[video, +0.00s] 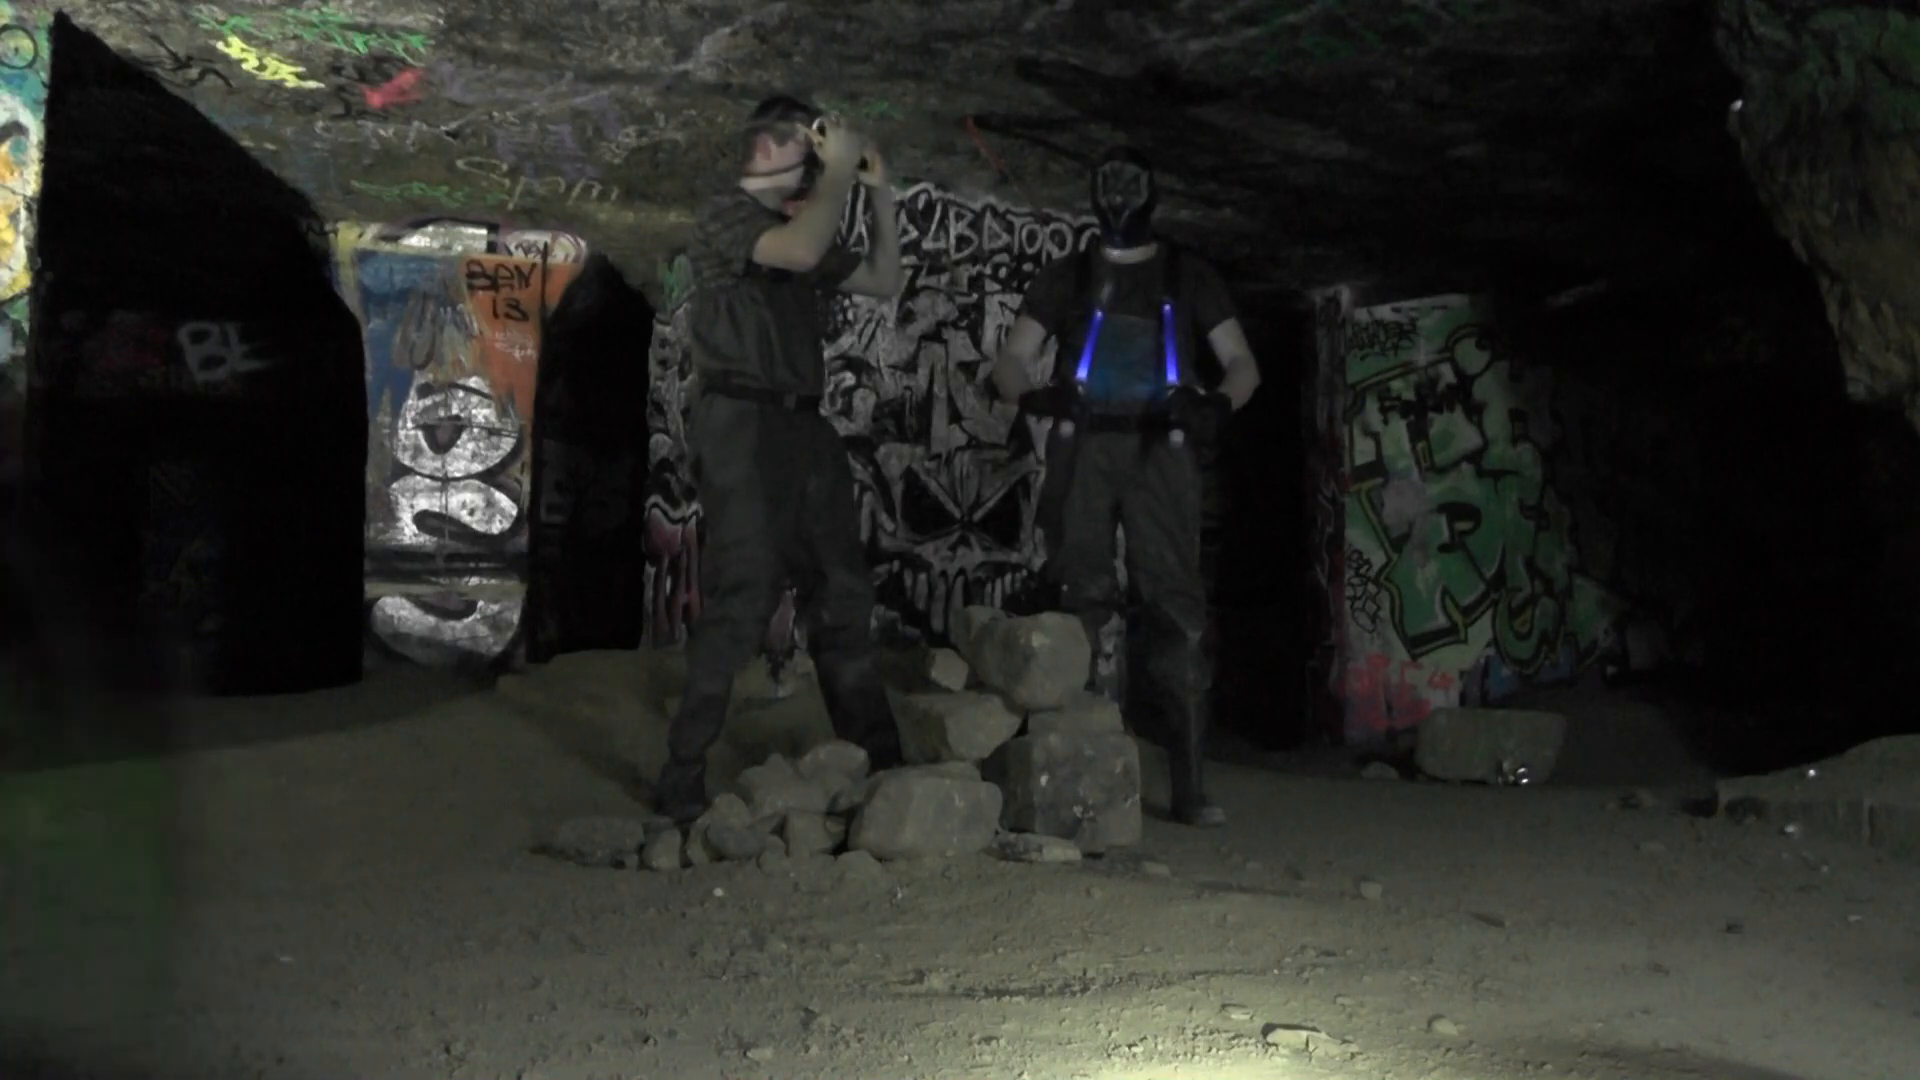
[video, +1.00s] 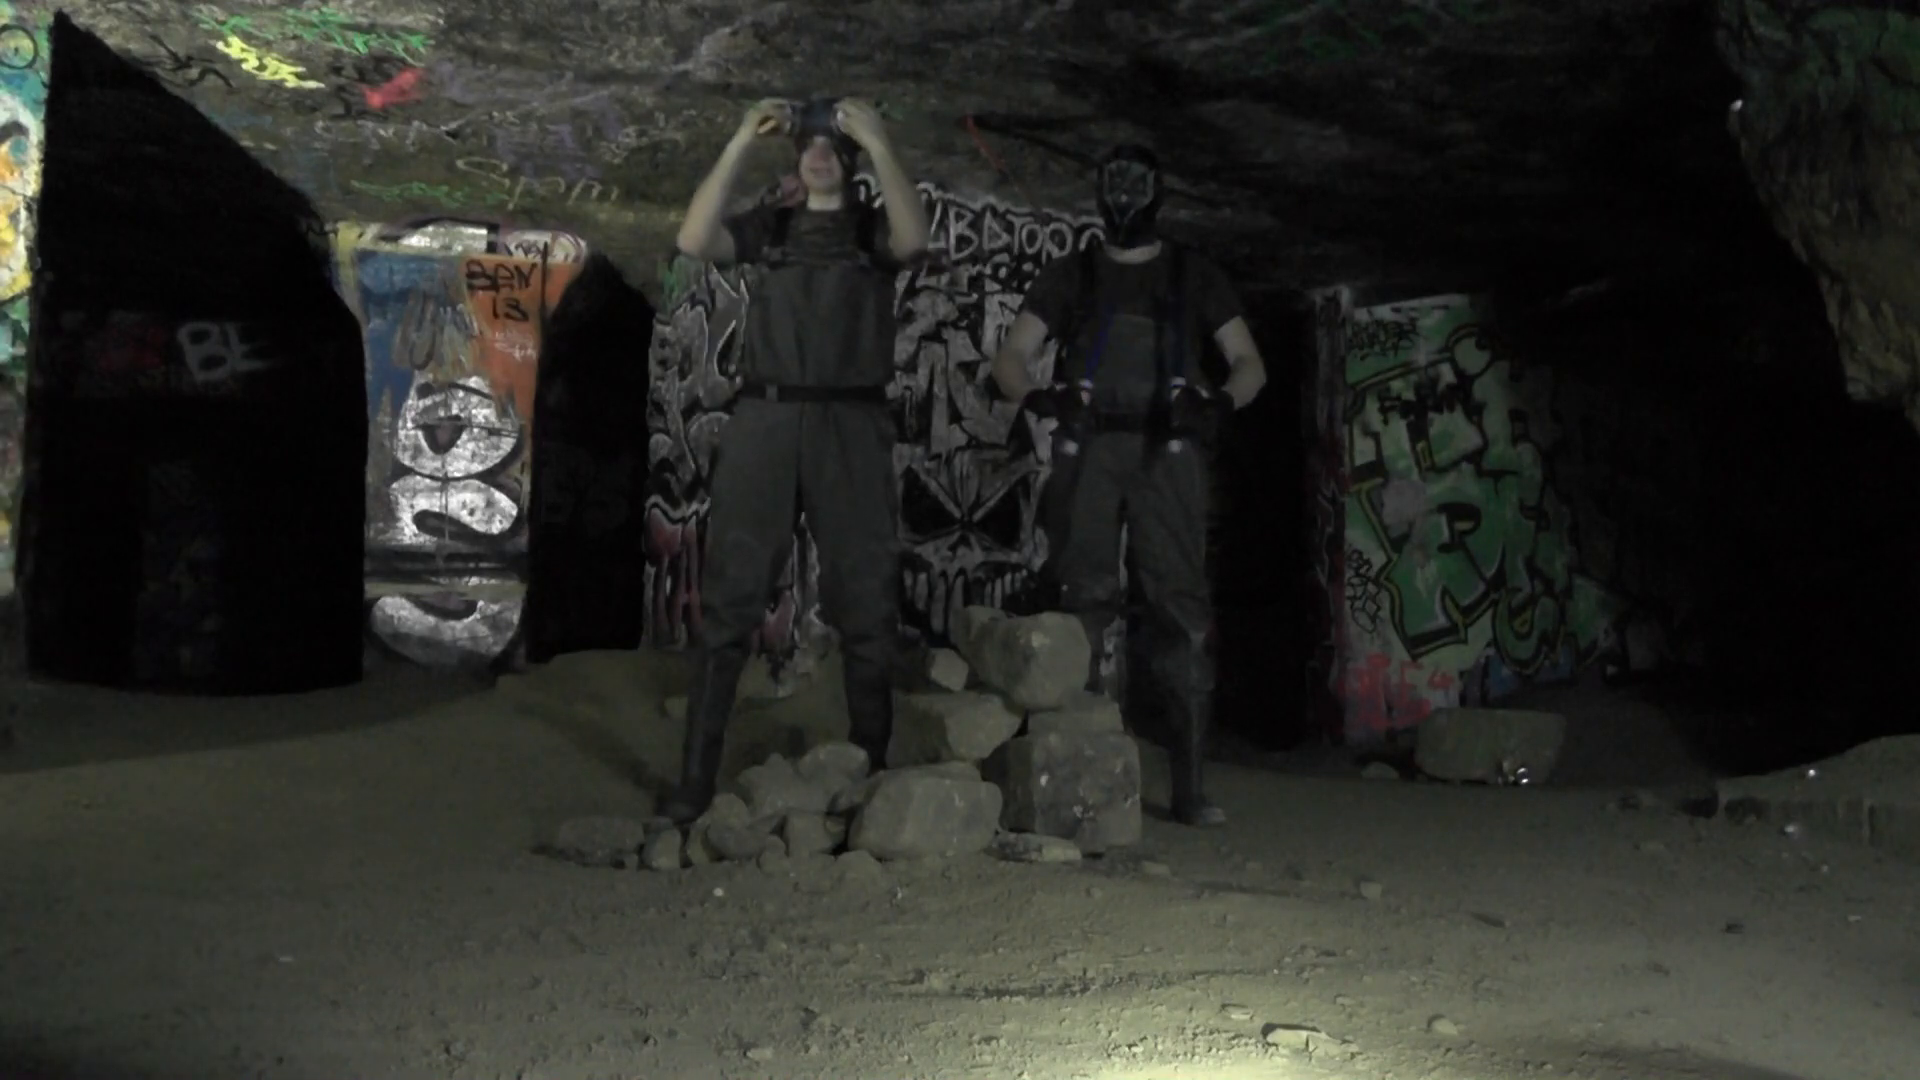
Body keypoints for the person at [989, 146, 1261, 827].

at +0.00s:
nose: (1119, 202)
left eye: (1130, 187)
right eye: (1108, 188)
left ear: (1151, 196)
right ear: (1093, 197)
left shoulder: (1187, 276)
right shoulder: (1065, 276)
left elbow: (1244, 369)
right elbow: (1009, 367)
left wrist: (1212, 407)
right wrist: (1037, 393)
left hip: (1165, 462)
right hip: (1083, 461)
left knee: (1176, 615)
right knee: (1078, 612)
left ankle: (1187, 786)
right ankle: (1072, 782)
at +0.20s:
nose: (1122, 212)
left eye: (1133, 198)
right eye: (1110, 199)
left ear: (1151, 200)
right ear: (1096, 202)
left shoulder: (1191, 277)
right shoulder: (1066, 278)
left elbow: (1246, 370)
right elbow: (1007, 367)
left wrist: (1212, 408)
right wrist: (1036, 397)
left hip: (1168, 464)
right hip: (1084, 464)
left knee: (1178, 615)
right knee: (1083, 614)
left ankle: (1188, 787)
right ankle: (1082, 784)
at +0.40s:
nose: (1121, 198)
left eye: (1133, 184)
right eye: (1110, 185)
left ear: (1154, 193)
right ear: (1096, 194)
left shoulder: (1190, 275)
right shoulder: (1068, 275)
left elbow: (1248, 369)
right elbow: (1008, 363)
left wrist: (1215, 409)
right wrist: (1033, 397)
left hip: (1168, 463)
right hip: (1085, 462)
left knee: (1178, 615)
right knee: (1083, 613)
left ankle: (1188, 788)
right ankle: (1081, 785)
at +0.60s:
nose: (1123, 200)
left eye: (1135, 186)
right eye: (1112, 186)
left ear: (1154, 194)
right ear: (1096, 196)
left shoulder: (1191, 274)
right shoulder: (1069, 274)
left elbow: (1248, 368)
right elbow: (1009, 360)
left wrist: (1215, 407)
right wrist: (1033, 398)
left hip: (1169, 464)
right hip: (1087, 463)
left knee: (1179, 616)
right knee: (1083, 614)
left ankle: (1188, 788)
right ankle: (1081, 785)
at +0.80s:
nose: (1124, 199)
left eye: (1136, 185)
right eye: (1113, 185)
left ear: (1156, 194)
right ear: (1097, 195)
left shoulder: (1191, 275)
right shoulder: (1069, 274)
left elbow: (1250, 367)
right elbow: (1009, 360)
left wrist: (1217, 406)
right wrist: (1032, 398)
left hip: (1170, 463)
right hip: (1088, 462)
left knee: (1180, 615)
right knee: (1085, 612)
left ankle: (1188, 787)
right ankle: (1084, 783)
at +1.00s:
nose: (1125, 200)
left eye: (1137, 186)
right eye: (1114, 186)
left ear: (1157, 195)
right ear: (1099, 195)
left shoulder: (1192, 273)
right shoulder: (1070, 273)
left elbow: (1250, 368)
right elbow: (1007, 362)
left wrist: (1214, 406)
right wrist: (1038, 397)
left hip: (1170, 460)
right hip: (1088, 459)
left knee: (1180, 615)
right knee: (1085, 612)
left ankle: (1187, 788)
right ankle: (1082, 784)